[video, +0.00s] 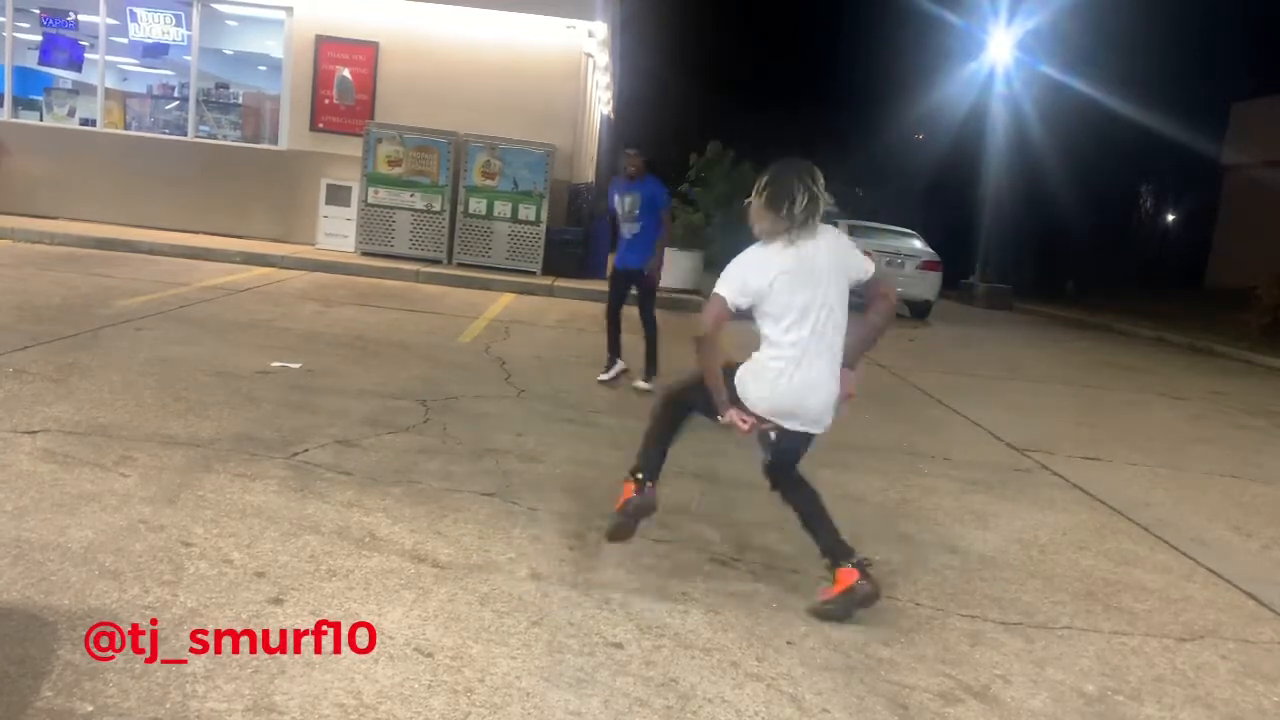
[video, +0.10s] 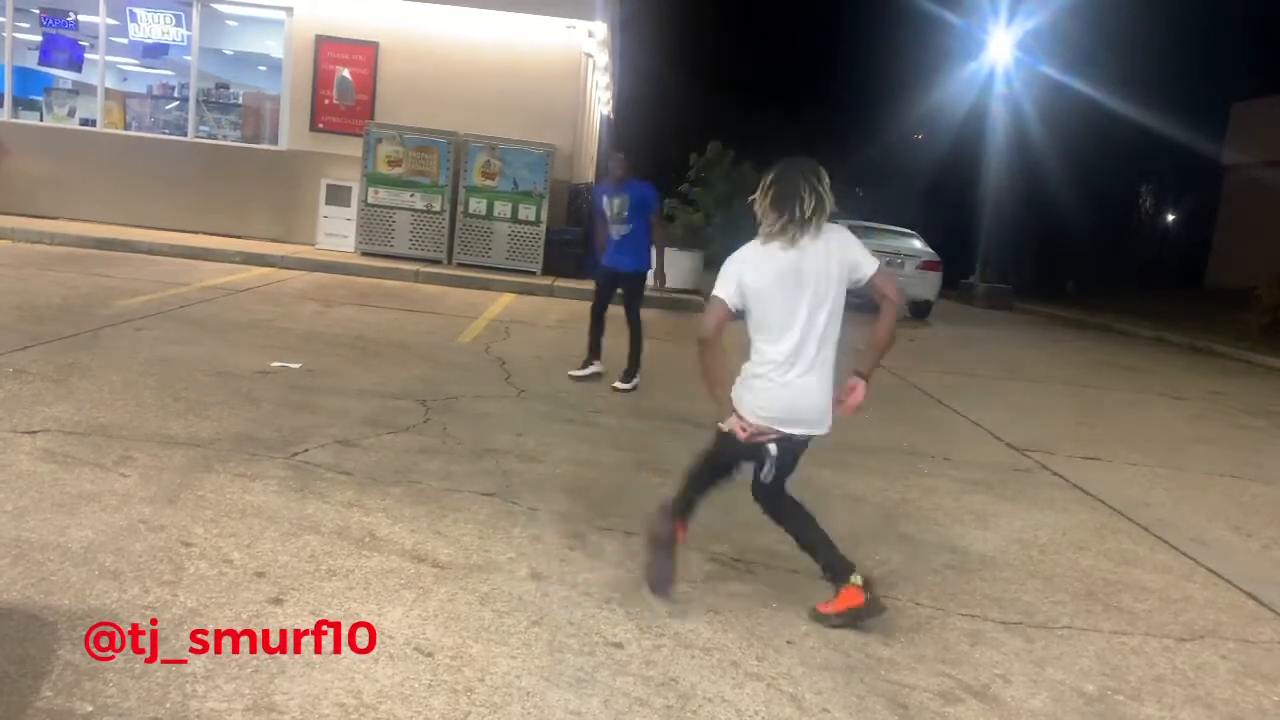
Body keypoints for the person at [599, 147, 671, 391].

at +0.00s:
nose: (631, 166)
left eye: (635, 162)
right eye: (627, 162)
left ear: (643, 164)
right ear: (622, 163)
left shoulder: (654, 189)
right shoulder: (616, 186)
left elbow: (666, 227)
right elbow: (615, 223)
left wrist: (657, 261)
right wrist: (612, 255)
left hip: (647, 262)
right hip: (623, 259)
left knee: (647, 315)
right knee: (612, 311)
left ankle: (649, 374)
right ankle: (615, 360)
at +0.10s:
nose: (615, 168)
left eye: (620, 164)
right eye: (612, 163)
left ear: (628, 166)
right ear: (608, 166)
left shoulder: (644, 191)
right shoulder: (601, 191)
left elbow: (657, 230)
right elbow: (601, 225)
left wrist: (660, 267)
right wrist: (601, 253)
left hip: (635, 265)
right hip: (609, 262)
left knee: (632, 316)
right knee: (597, 310)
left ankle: (632, 371)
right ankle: (593, 360)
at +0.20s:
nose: (606, 173)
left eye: (610, 168)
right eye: (601, 168)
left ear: (616, 169)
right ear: (593, 169)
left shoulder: (628, 195)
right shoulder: (588, 196)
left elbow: (647, 233)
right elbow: (583, 234)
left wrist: (657, 273)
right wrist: (572, 269)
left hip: (620, 270)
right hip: (594, 267)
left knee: (617, 317)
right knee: (584, 313)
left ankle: (628, 371)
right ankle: (583, 364)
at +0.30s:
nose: (591, 166)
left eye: (596, 161)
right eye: (587, 161)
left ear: (603, 162)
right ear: (579, 162)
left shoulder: (612, 190)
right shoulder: (570, 188)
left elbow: (629, 227)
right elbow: (564, 225)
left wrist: (637, 265)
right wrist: (551, 253)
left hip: (601, 257)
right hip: (579, 255)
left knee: (586, 307)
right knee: (580, 309)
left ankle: (601, 362)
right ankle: (582, 363)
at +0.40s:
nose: (580, 164)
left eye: (584, 160)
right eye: (575, 159)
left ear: (592, 161)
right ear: (567, 161)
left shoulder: (602, 189)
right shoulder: (560, 186)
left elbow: (615, 226)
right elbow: (553, 221)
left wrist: (619, 262)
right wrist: (542, 247)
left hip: (592, 256)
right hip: (570, 255)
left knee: (569, 301)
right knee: (575, 304)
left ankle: (571, 358)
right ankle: (583, 360)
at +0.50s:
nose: (564, 166)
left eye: (569, 162)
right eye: (559, 162)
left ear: (576, 164)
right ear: (552, 163)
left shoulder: (585, 191)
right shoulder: (544, 188)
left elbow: (598, 226)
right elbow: (537, 222)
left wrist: (595, 261)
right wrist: (524, 255)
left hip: (575, 259)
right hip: (554, 257)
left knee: (548, 308)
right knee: (568, 311)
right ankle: (581, 362)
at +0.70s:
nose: (543, 167)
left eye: (548, 162)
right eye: (539, 161)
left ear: (556, 165)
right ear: (531, 163)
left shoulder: (564, 195)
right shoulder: (521, 186)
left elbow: (570, 235)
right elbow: (514, 226)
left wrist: (566, 272)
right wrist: (504, 264)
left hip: (550, 262)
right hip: (527, 259)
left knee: (527, 308)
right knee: (527, 308)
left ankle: (516, 362)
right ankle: (563, 346)